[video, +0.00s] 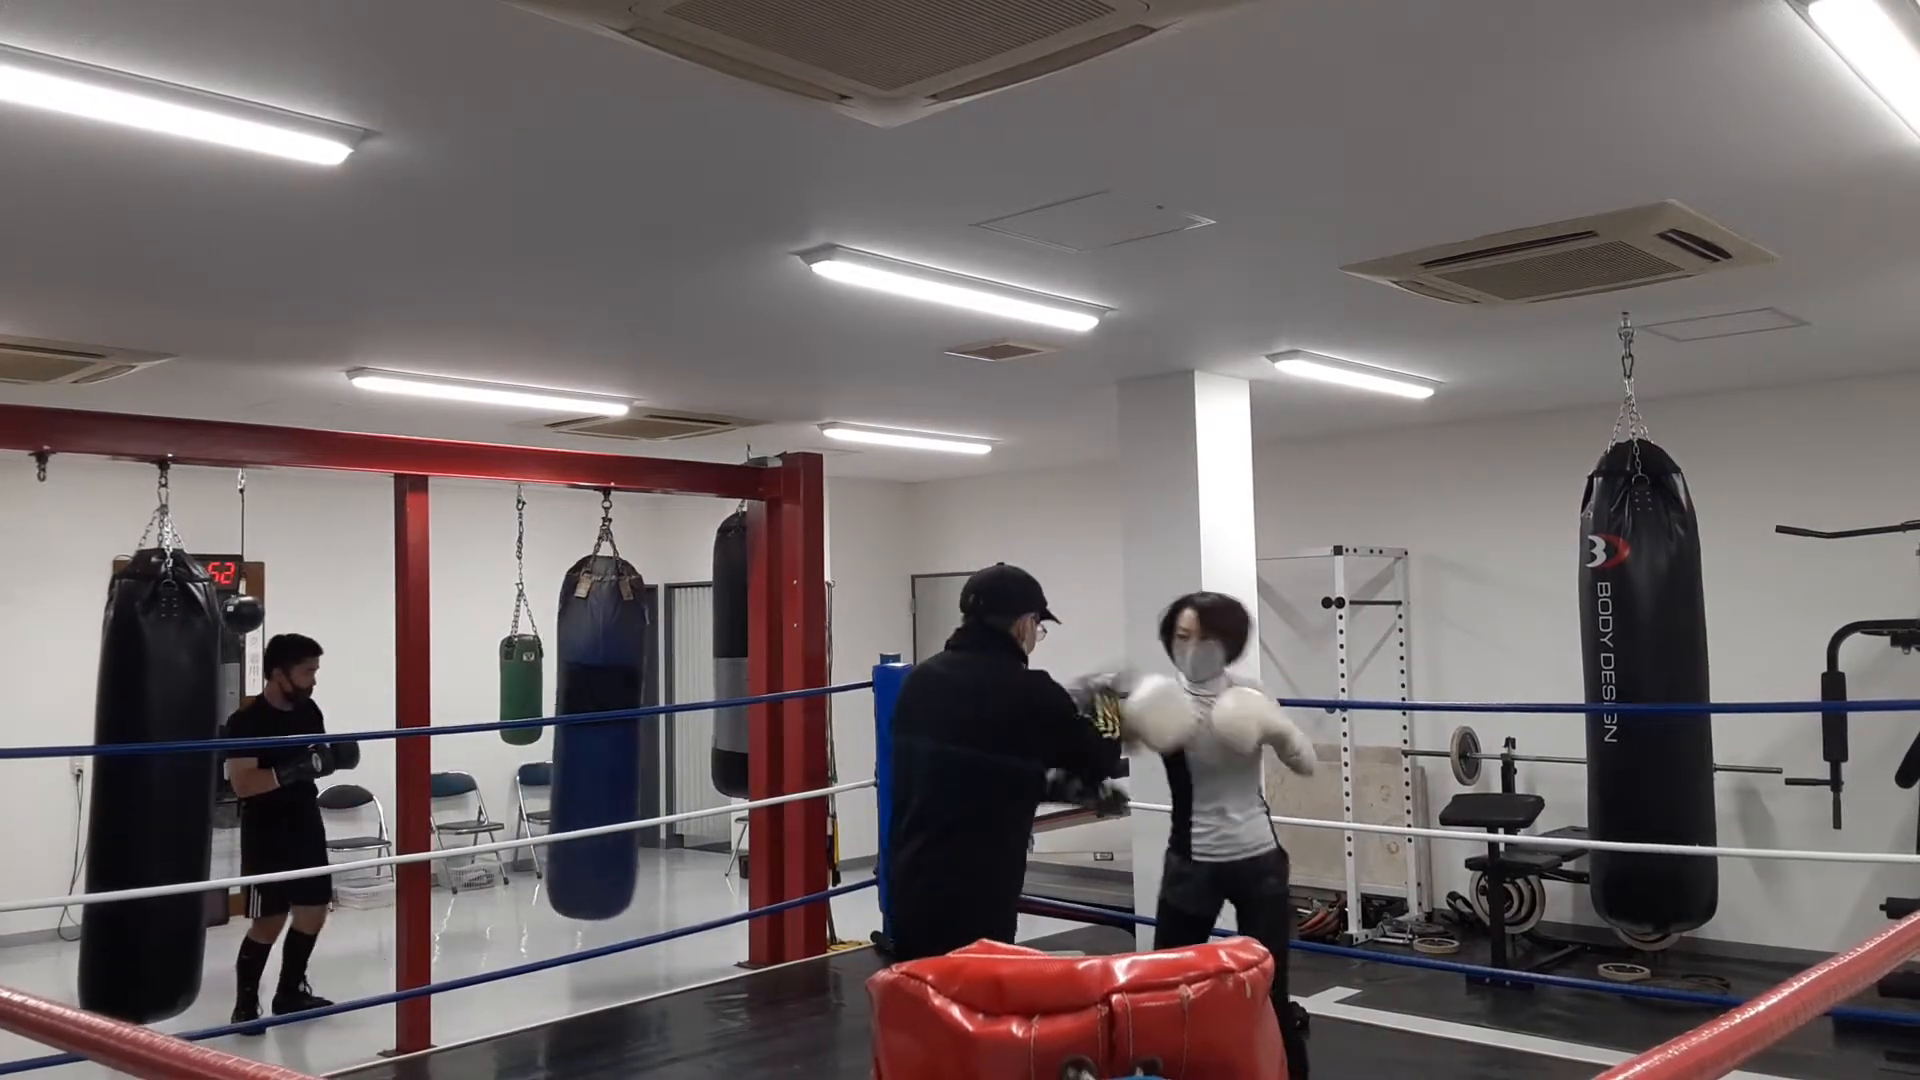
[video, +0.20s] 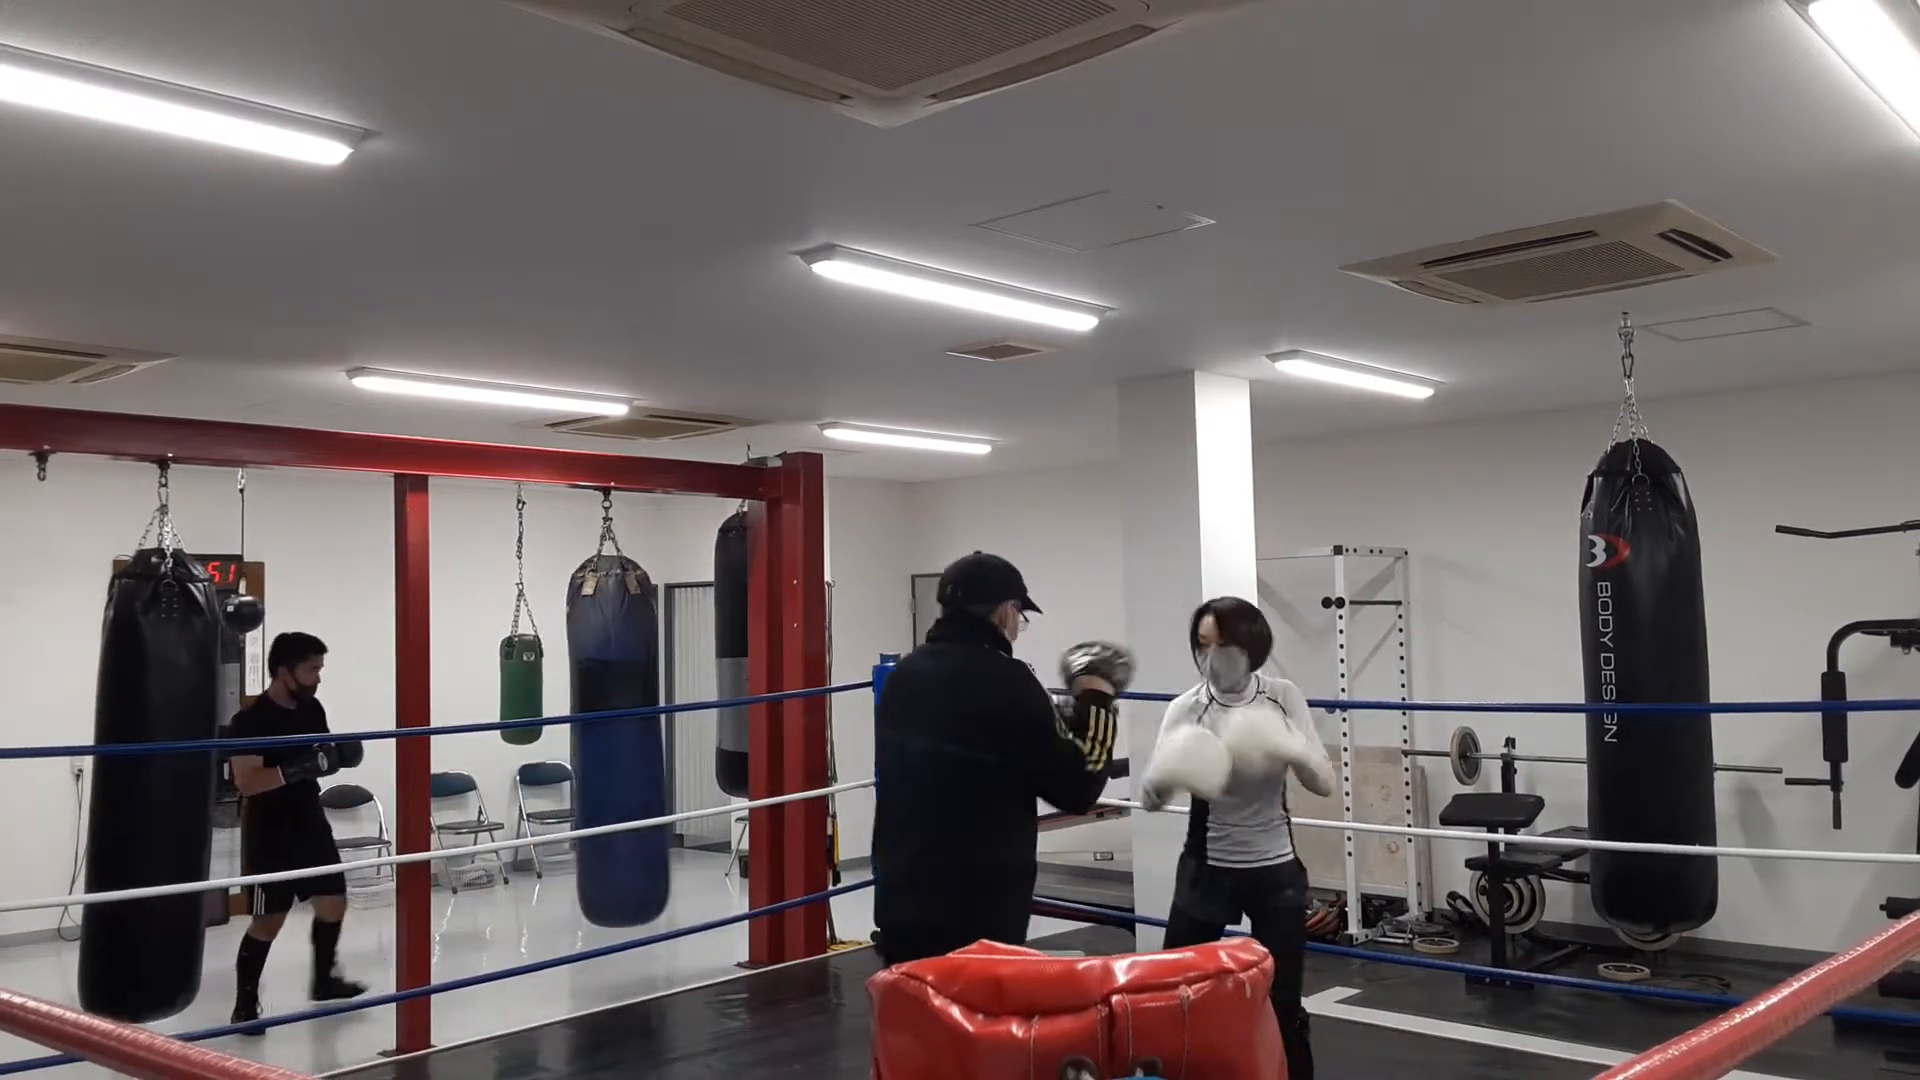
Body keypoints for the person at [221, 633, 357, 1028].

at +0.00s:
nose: (315, 678)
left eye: (316, 671)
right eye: (308, 671)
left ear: (293, 673)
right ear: (280, 673)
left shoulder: (309, 713)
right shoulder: (246, 721)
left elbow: (312, 762)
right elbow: (243, 784)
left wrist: (336, 758)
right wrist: (293, 771)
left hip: (305, 821)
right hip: (265, 826)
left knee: (312, 909)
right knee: (271, 916)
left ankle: (290, 991)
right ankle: (246, 1001)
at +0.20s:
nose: (319, 677)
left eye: (320, 669)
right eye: (313, 670)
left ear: (296, 672)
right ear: (285, 671)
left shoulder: (312, 711)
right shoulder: (250, 720)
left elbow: (319, 759)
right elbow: (246, 782)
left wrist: (341, 756)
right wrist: (300, 769)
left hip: (309, 819)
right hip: (267, 825)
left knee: (332, 901)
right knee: (271, 914)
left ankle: (323, 982)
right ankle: (246, 1003)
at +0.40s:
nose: (347, 685)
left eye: (349, 677)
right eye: (341, 678)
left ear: (343, 675)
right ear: (315, 676)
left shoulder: (340, 716)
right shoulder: (279, 721)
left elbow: (338, 765)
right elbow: (267, 781)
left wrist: (360, 765)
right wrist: (317, 776)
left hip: (325, 820)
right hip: (283, 824)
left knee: (351, 899)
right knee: (282, 911)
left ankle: (368, 977)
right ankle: (251, 1001)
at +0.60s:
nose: (372, 682)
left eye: (375, 674)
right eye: (366, 674)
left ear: (372, 673)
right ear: (340, 672)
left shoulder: (367, 715)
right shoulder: (302, 714)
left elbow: (365, 763)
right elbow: (284, 771)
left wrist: (385, 760)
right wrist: (332, 770)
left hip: (345, 816)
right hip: (300, 819)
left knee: (364, 895)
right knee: (278, 905)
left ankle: (368, 978)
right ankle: (252, 997)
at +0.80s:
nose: (375, 679)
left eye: (379, 671)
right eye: (370, 671)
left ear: (376, 669)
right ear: (345, 667)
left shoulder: (369, 711)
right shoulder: (307, 707)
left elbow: (388, 760)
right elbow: (296, 763)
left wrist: (392, 748)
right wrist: (343, 755)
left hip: (346, 814)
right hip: (303, 816)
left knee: (359, 892)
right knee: (282, 901)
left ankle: (369, 977)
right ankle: (248, 987)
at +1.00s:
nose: (353, 685)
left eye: (358, 677)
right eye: (347, 676)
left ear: (359, 674)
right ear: (324, 671)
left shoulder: (347, 712)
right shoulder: (287, 710)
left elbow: (378, 757)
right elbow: (290, 762)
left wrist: (384, 731)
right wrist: (334, 739)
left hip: (332, 821)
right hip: (288, 824)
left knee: (351, 897)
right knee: (271, 907)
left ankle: (368, 977)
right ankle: (238, 987)